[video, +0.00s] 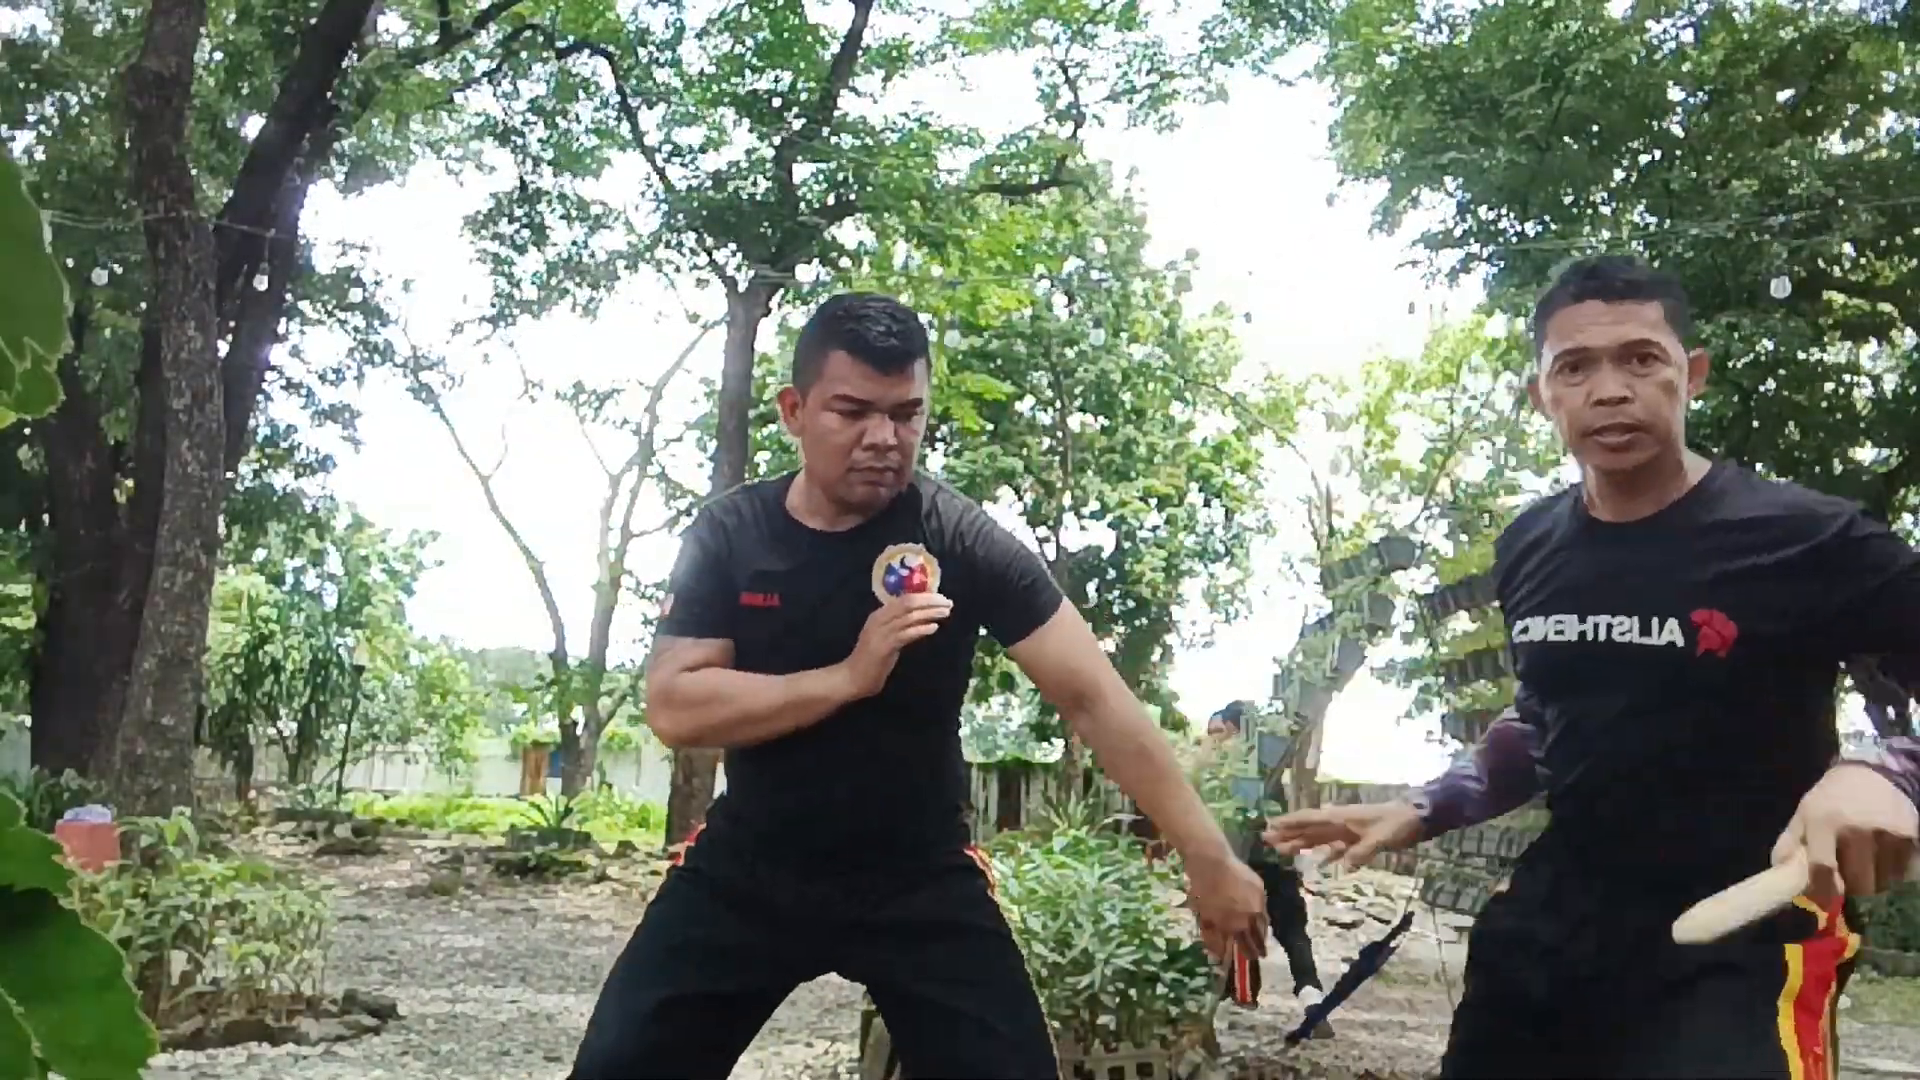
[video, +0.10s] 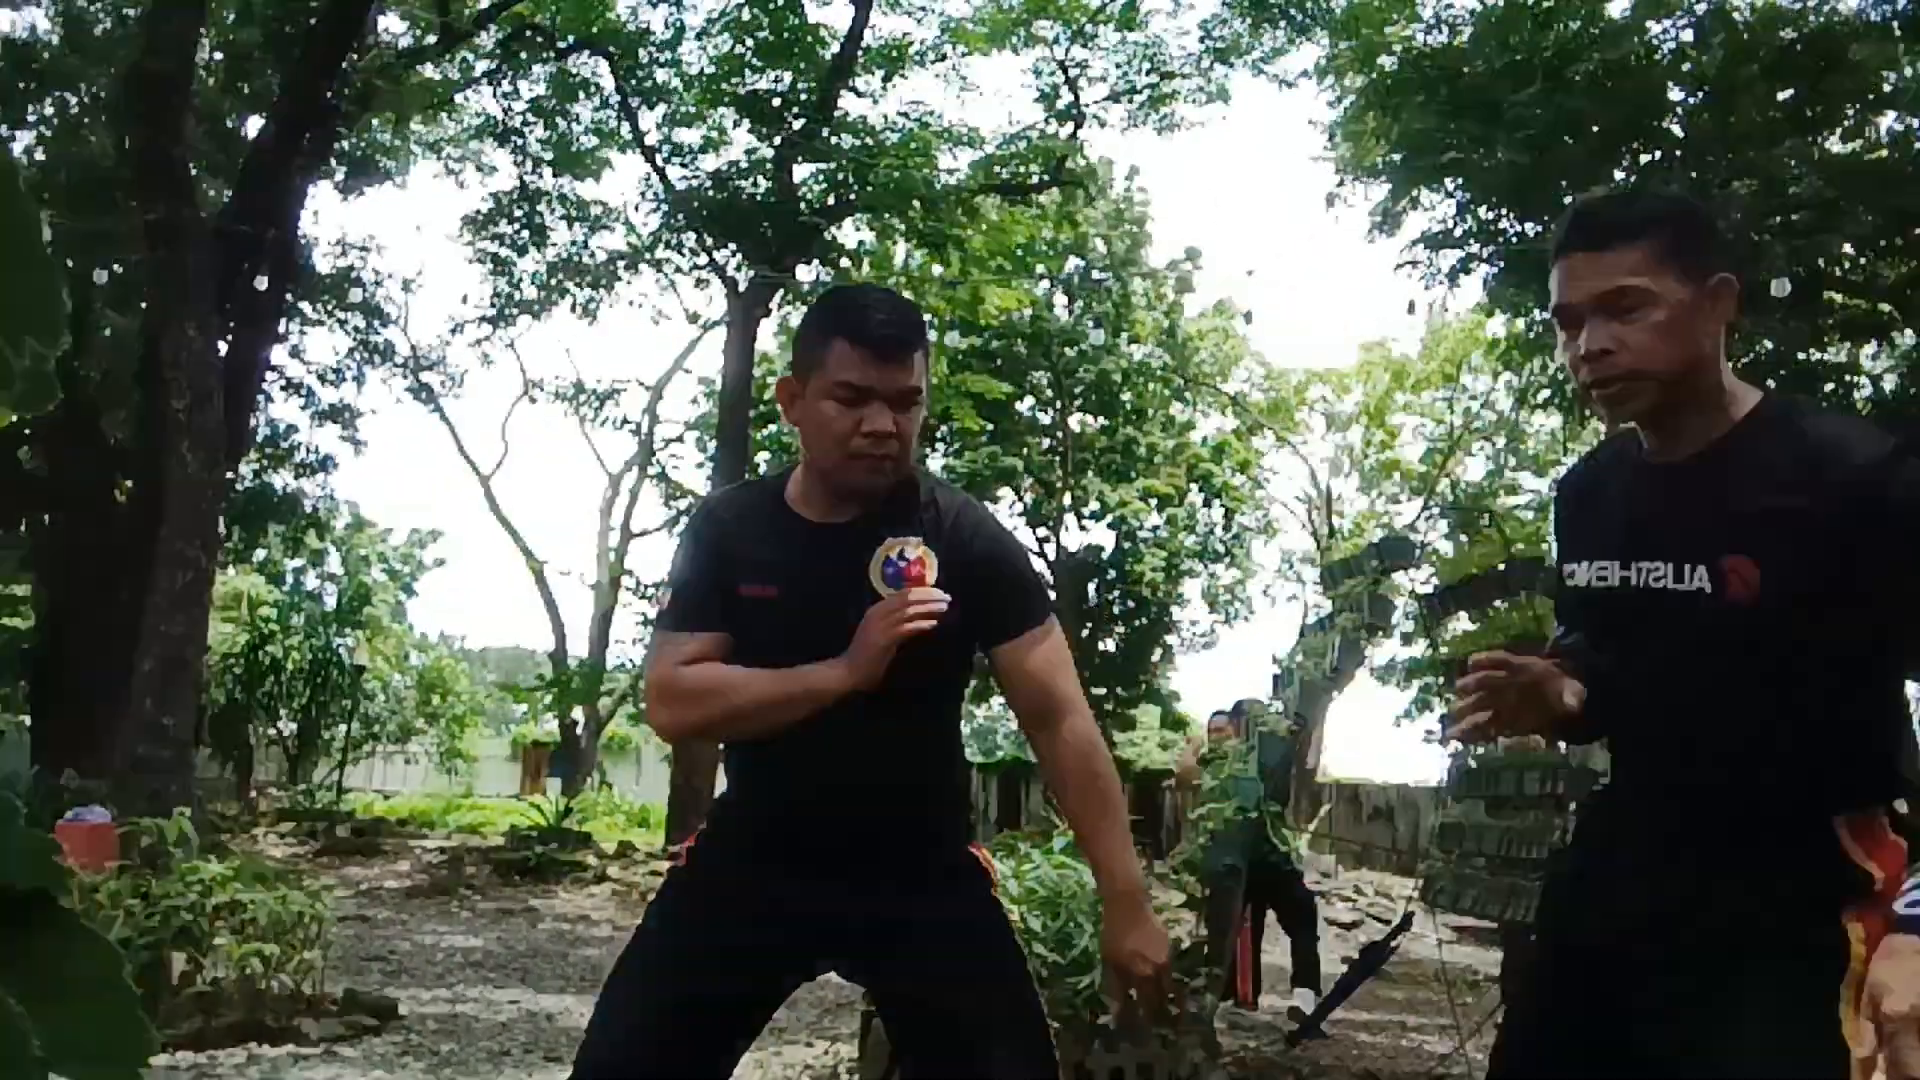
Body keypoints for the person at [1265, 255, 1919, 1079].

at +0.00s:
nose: (1609, 388)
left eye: (1638, 359)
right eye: (1576, 366)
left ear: (1691, 375)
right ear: (1541, 398)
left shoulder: (1818, 543)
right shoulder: (1529, 548)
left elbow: (1914, 690)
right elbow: (1547, 723)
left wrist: (1884, 767)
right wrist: (1415, 813)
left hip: (1739, 959)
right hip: (1553, 942)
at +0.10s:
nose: (1588, 346)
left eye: (1626, 308)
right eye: (1571, 322)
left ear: (1719, 304)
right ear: (1556, 334)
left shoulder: (1855, 475)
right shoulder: (1591, 494)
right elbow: (1598, 673)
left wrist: (1910, 927)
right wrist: (1556, 697)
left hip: (1797, 890)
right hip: (1624, 876)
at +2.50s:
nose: (1589, 349)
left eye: (1612, 325)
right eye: (1590, 331)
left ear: (1694, 333)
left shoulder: (1784, 463)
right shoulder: (1640, 504)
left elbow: (1894, 659)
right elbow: (1652, 725)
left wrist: (1736, 831)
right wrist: (1603, 917)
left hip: (1768, 866)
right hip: (1639, 863)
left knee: (1782, 1064)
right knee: (1644, 1063)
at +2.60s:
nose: (1585, 356)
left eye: (1609, 328)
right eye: (1588, 335)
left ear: (1689, 332)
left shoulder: (1788, 466)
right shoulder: (1640, 513)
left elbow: (1888, 665)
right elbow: (1628, 718)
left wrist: (1726, 832)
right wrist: (1565, 873)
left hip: (1771, 872)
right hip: (1642, 876)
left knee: (1788, 1064)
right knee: (1645, 1065)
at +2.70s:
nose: (1582, 362)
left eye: (1602, 333)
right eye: (1584, 340)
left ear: (1684, 333)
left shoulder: (1786, 463)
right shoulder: (1643, 504)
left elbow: (1887, 661)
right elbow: (1632, 707)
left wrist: (1724, 829)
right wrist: (1533, 833)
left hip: (1765, 860)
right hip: (1638, 863)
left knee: (1783, 1065)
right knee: (1645, 1064)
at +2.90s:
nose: (1570, 381)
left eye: (1586, 351)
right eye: (1569, 359)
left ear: (1669, 339)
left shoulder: (1781, 465)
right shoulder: (1634, 511)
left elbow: (1899, 652)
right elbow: (1637, 701)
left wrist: (1748, 823)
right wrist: (1505, 748)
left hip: (1767, 843)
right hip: (1633, 848)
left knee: (1777, 1062)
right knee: (1641, 1062)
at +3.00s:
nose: (1557, 400)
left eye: (1572, 368)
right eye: (1551, 380)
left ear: (1651, 348)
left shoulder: (1774, 463)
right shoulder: (1626, 515)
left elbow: (1905, 634)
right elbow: (1630, 703)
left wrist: (1768, 813)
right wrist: (1511, 711)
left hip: (1764, 835)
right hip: (1633, 842)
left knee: (1776, 1061)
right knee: (1639, 1062)